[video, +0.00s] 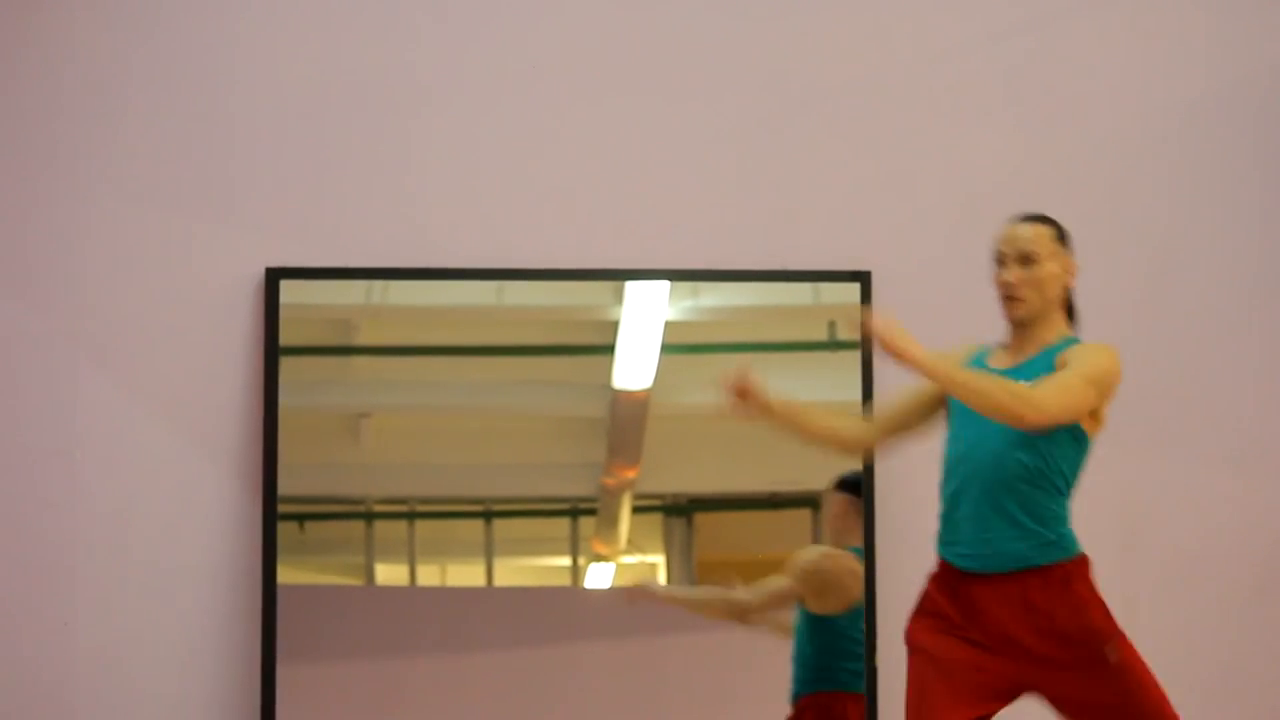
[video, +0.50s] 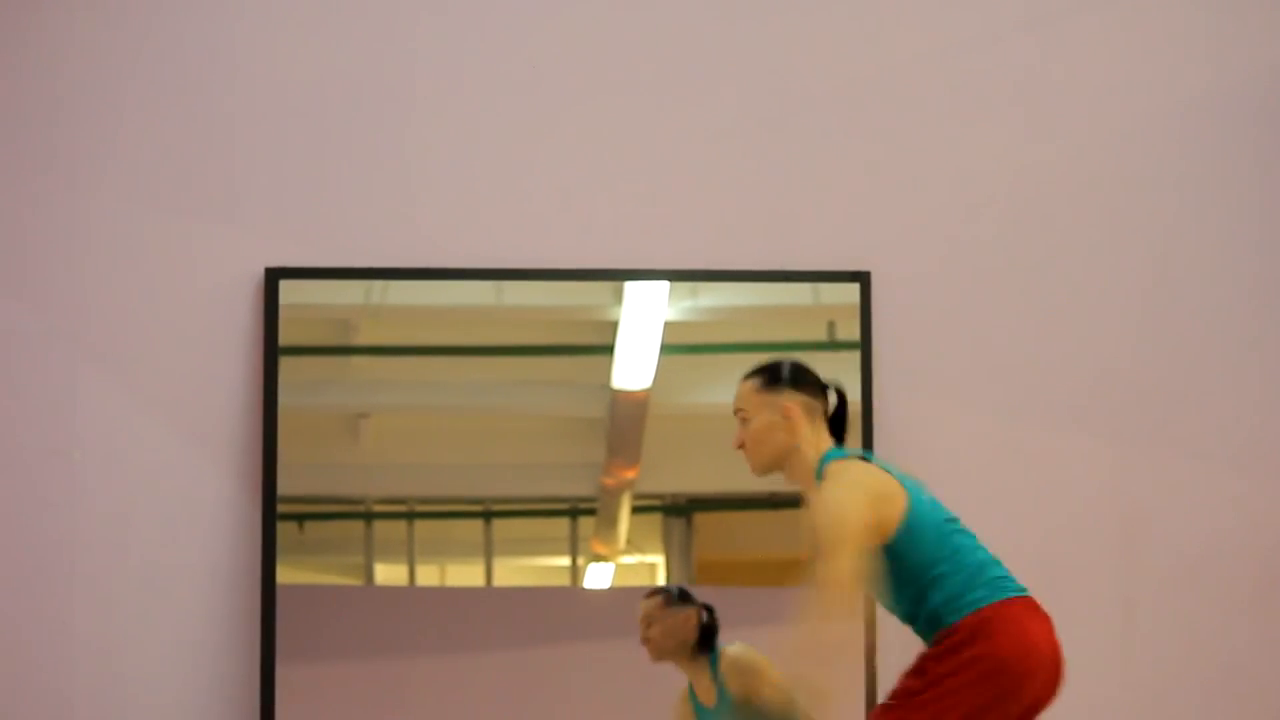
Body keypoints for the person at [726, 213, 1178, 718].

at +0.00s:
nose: (1008, 276)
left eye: (1026, 262)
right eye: (1000, 264)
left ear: (1067, 273)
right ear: (993, 275)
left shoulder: (1093, 362)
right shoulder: (969, 364)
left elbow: (1031, 409)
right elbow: (864, 433)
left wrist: (917, 357)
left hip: (1055, 606)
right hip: (956, 611)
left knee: (1154, 715)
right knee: (928, 712)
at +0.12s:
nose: (915, 261)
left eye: (931, 245)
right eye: (907, 249)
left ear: (973, 254)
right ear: (899, 266)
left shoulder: (1012, 329)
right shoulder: (893, 352)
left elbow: (1115, 383)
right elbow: (775, 373)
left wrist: (1210, 436)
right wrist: (747, 327)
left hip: (1052, 572)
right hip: (968, 591)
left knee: (1086, 701)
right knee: (934, 713)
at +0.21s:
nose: (852, 312)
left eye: (870, 295)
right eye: (845, 299)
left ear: (915, 301)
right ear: (839, 314)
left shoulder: (963, 355)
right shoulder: (851, 384)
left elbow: (1099, 330)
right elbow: (735, 367)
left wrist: (1225, 311)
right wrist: (776, 314)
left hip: (1063, 582)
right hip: (995, 604)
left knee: (1021, 714)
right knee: (943, 715)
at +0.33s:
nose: (804, 412)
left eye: (821, 392)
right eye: (796, 399)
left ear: (867, 397)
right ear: (793, 416)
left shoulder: (913, 439)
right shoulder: (829, 492)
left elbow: (1009, 359)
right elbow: (833, 580)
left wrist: (1093, 277)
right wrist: (778, 632)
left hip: (1048, 635)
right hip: (1015, 645)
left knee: (950, 709)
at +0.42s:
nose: (755, 441)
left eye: (772, 425)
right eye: (753, 431)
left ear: (830, 427)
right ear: (753, 444)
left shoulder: (872, 491)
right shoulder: (838, 534)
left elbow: (1010, 482)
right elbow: (902, 648)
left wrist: (1156, 478)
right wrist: (873, 708)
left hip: (1022, 646)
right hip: (996, 655)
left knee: (918, 716)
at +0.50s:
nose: (736, 440)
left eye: (744, 420)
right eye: (736, 424)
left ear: (789, 415)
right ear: (793, 416)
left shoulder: (844, 487)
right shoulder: (849, 479)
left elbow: (832, 628)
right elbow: (836, 628)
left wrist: (796, 700)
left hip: (993, 647)